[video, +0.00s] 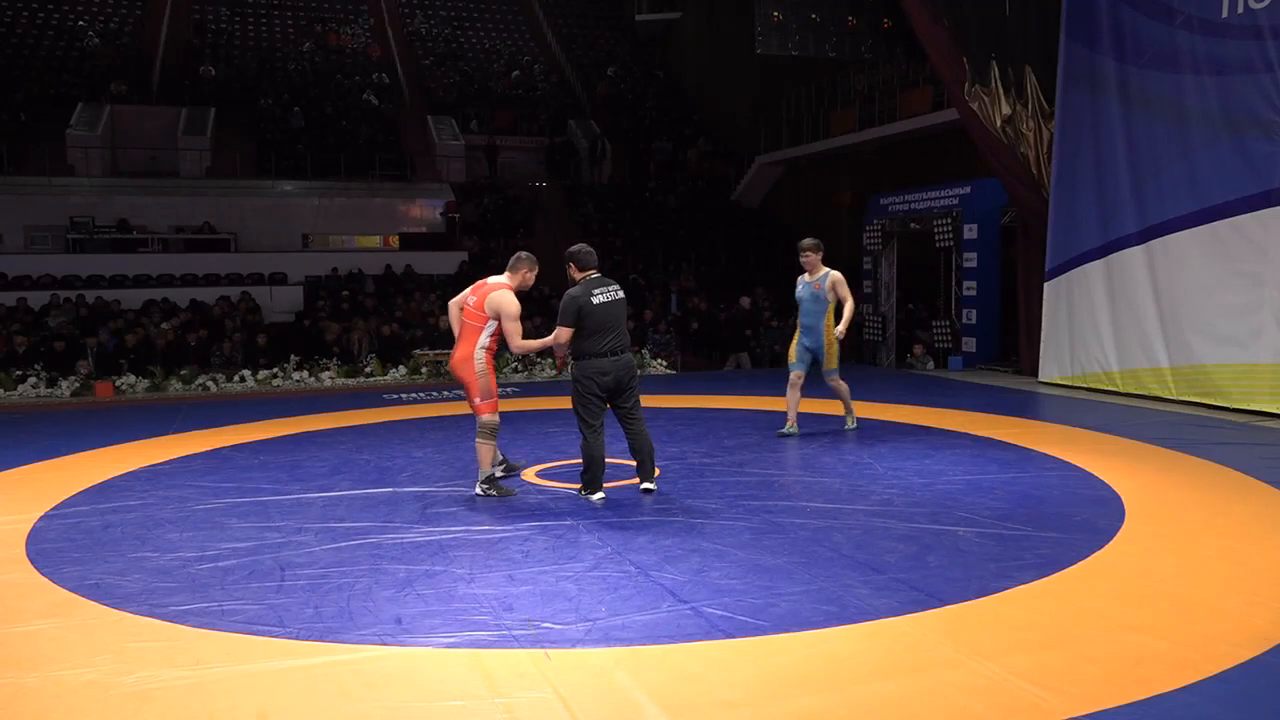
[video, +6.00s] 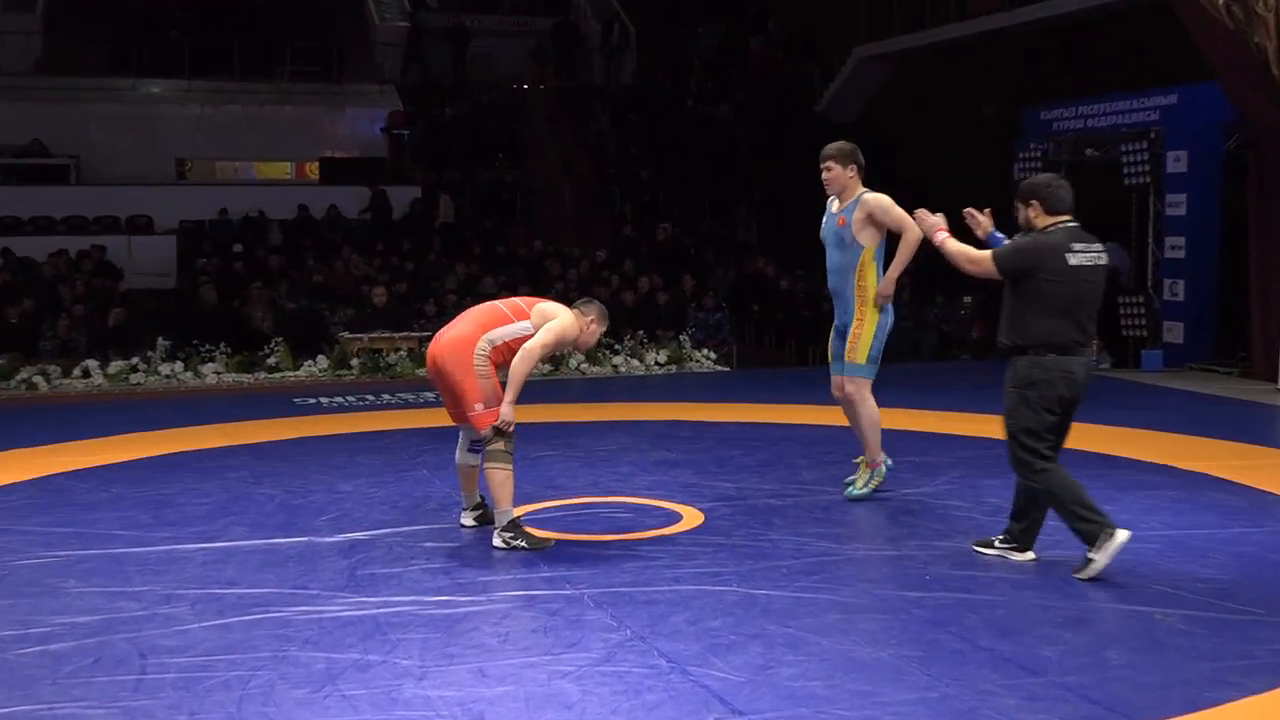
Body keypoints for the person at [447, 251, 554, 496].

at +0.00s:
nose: (534, 280)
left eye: (535, 276)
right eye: (534, 275)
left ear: (511, 269)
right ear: (525, 273)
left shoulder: (485, 283)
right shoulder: (508, 301)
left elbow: (454, 304)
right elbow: (517, 346)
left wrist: (461, 339)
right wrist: (551, 340)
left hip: (461, 358)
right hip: (475, 361)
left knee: (485, 414)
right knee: (489, 421)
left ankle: (497, 462)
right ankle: (485, 481)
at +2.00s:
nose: (587, 320)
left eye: (588, 315)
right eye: (587, 315)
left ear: (569, 310)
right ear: (578, 311)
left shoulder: (551, 321)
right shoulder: (569, 326)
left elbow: (538, 371)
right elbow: (595, 359)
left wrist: (526, 395)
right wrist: (614, 346)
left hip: (492, 362)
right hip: (507, 362)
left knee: (520, 413)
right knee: (531, 417)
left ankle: (516, 463)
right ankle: (538, 476)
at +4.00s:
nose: (615, 349)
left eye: (617, 346)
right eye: (617, 345)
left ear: (599, 331)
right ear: (610, 338)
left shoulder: (580, 334)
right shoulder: (599, 341)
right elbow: (590, 370)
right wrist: (573, 400)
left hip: (507, 370)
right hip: (525, 373)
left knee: (541, 410)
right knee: (567, 415)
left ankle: (532, 460)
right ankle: (556, 473)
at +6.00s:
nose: (596, 341)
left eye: (600, 335)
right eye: (600, 333)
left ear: (585, 318)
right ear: (590, 323)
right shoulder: (567, 322)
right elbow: (528, 351)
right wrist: (508, 403)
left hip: (442, 350)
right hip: (468, 353)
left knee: (472, 434)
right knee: (499, 434)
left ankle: (472, 509)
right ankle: (506, 527)